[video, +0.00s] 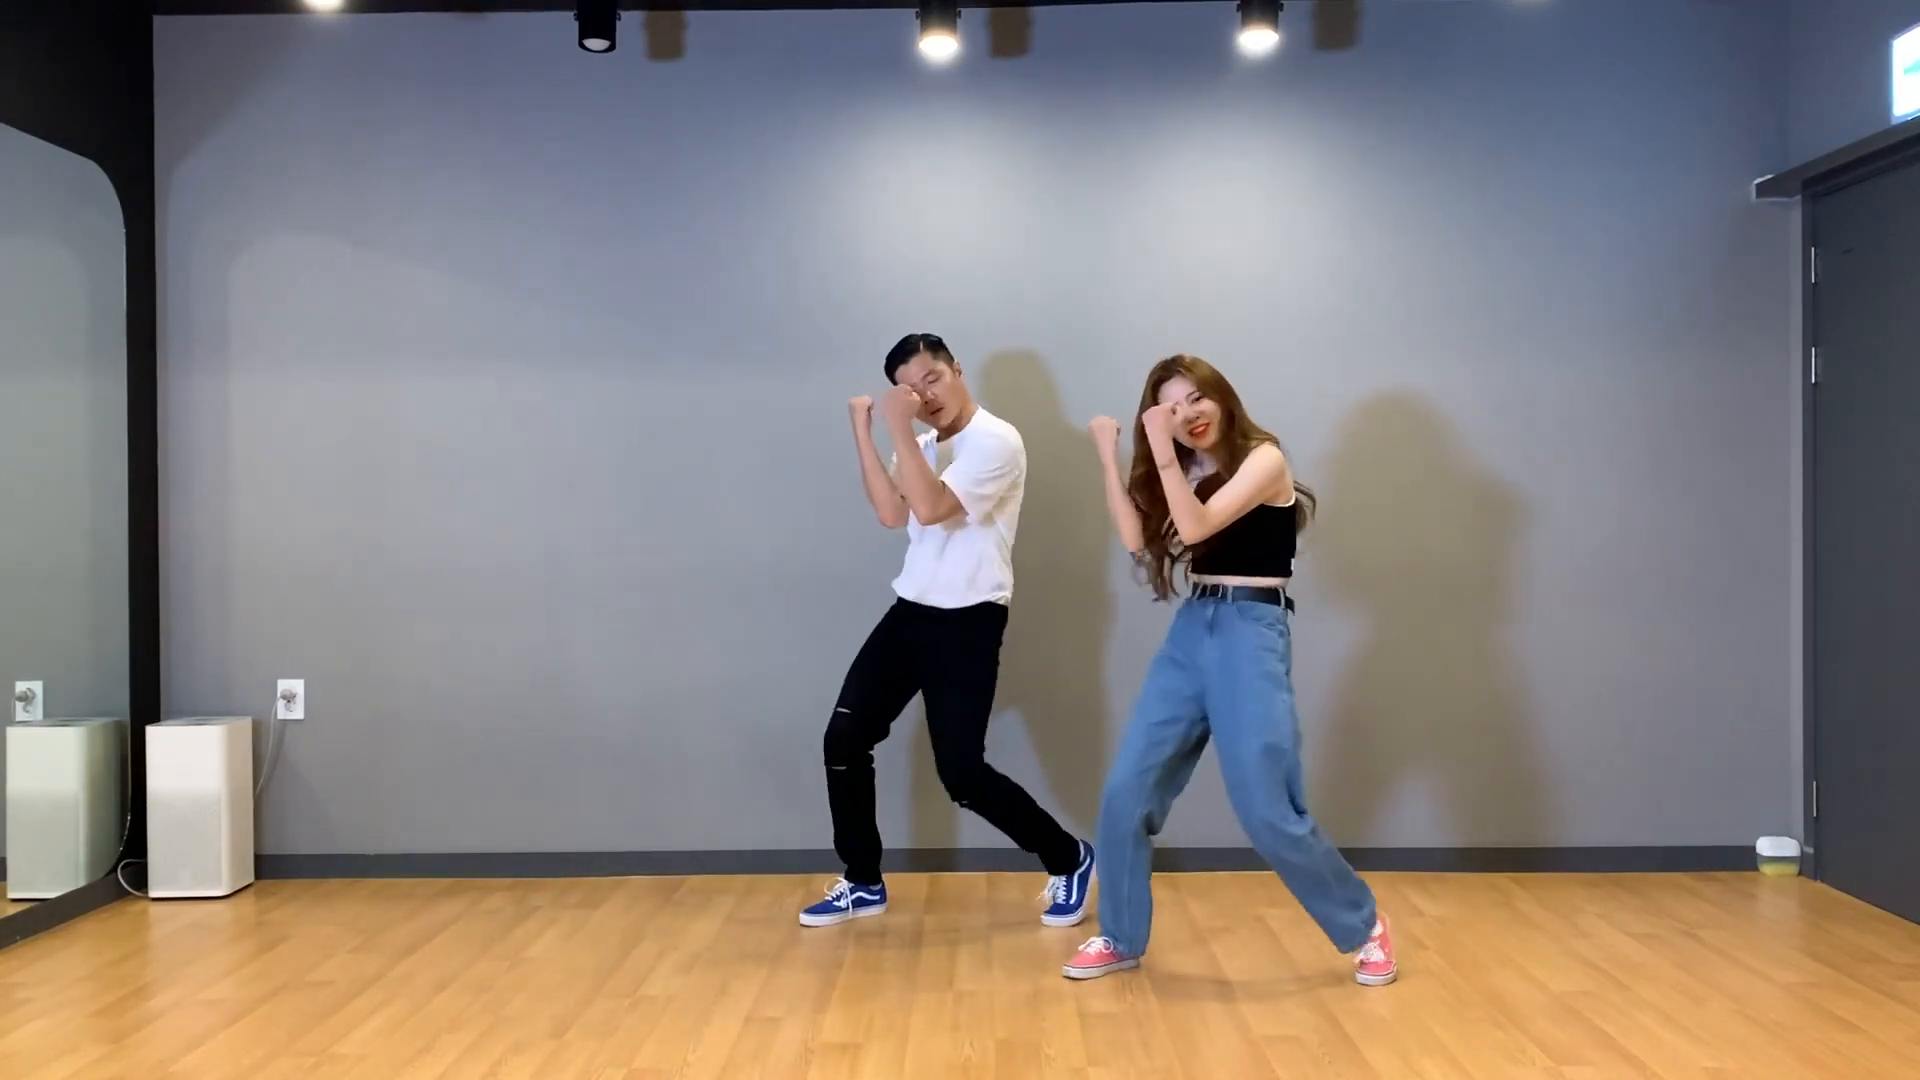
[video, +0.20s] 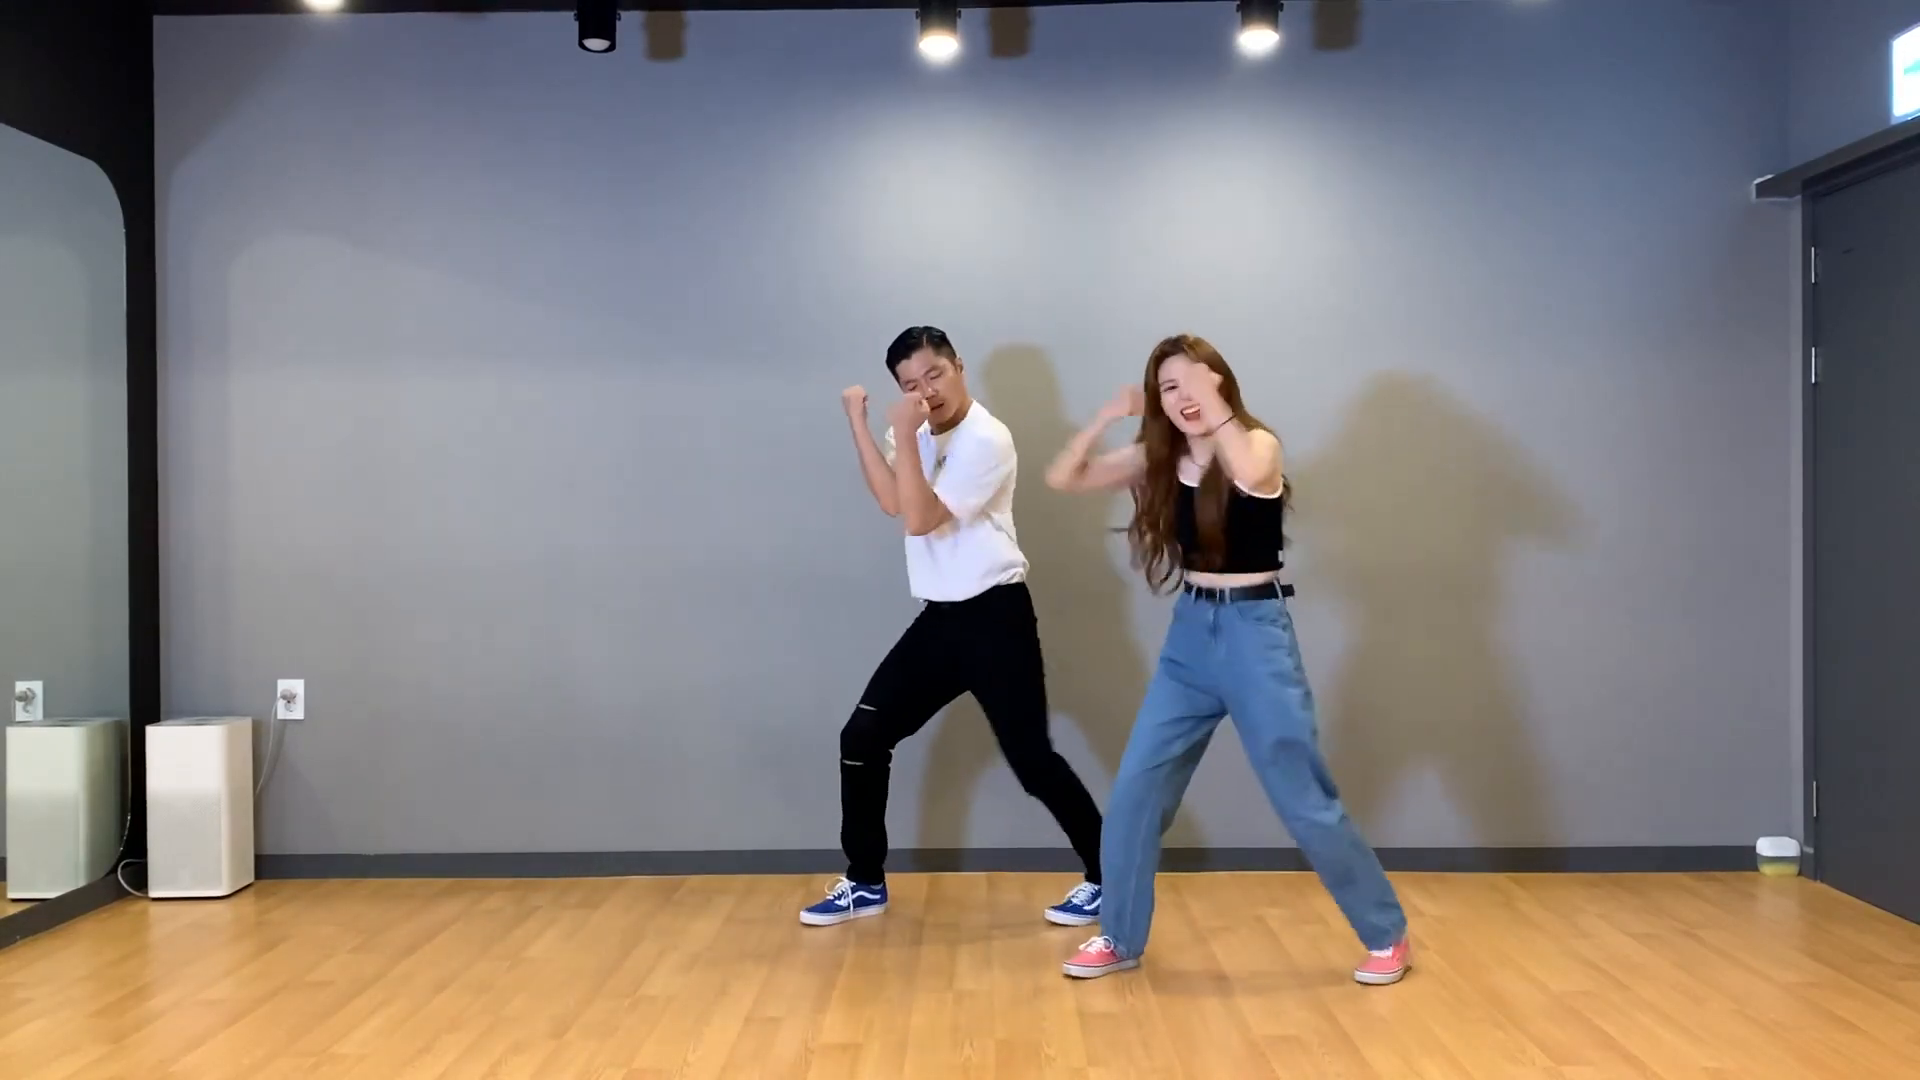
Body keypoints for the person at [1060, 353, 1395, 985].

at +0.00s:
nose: (1191, 415)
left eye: (1198, 398)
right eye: (1175, 410)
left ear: (1223, 398)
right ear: (1164, 422)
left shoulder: (1266, 459)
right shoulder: (1182, 472)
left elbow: (1195, 527)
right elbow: (1135, 537)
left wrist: (1161, 447)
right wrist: (1108, 455)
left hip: (1251, 629)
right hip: (1192, 626)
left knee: (1263, 808)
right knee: (1127, 789)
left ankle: (1364, 924)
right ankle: (1121, 938)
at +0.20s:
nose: (1185, 398)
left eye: (1194, 382)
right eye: (1171, 389)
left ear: (1222, 384)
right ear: (1162, 403)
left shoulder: (1257, 445)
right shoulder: (1163, 456)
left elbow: (1253, 473)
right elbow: (1064, 478)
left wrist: (1221, 422)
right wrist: (1104, 420)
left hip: (1256, 633)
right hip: (1190, 632)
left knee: (1300, 793)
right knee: (1136, 788)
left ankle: (1386, 933)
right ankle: (1119, 938)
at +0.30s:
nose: (1189, 390)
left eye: (1201, 377)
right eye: (1175, 381)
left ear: (1223, 385)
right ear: (1159, 394)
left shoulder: (1256, 446)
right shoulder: (1147, 447)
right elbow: (1054, 437)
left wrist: (1293, 456)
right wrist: (1094, 476)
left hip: (1265, 644)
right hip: (1190, 645)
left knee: (1316, 800)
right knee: (1138, 782)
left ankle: (1383, 934)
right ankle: (1125, 934)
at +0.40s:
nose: (1214, 387)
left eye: (1225, 373)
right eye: (1198, 378)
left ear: (1246, 380)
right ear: (1181, 392)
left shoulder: (1280, 429)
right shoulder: (1165, 459)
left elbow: (1350, 503)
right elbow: (1094, 539)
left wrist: (1308, 572)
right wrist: (1053, 629)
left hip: (1265, 636)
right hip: (1183, 634)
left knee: (1311, 793)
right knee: (1115, 776)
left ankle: (1335, 931)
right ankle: (1119, 932)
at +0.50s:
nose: (1228, 399)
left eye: (1240, 385)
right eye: (1212, 390)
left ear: (1262, 391)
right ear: (1198, 403)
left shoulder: (1290, 434)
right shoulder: (1181, 476)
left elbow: (1318, 530)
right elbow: (1162, 578)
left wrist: (1299, 612)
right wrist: (1127, 678)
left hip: (1263, 642)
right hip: (1185, 632)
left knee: (1312, 800)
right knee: (1098, 765)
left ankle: (1337, 935)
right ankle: (1092, 920)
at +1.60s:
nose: (1247, 408)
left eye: (1258, 396)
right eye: (1232, 397)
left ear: (1276, 403)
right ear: (1210, 405)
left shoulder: (1303, 468)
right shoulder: (1189, 473)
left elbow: (1341, 541)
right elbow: (1129, 563)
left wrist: (1383, 607)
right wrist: (1053, 629)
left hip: (1257, 641)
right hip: (1178, 630)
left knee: (1311, 791)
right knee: (1108, 761)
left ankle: (1335, 930)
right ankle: (1099, 914)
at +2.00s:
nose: (1277, 412)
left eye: (1281, 399)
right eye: (1258, 406)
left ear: (1295, 403)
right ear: (1236, 423)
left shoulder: (1336, 460)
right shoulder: (1224, 487)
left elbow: (1378, 529)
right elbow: (1149, 551)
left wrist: (1437, 582)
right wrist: (1066, 595)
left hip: (1311, 632)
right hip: (1243, 629)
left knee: (1329, 796)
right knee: (1198, 784)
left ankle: (1343, 933)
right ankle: (1113, 891)